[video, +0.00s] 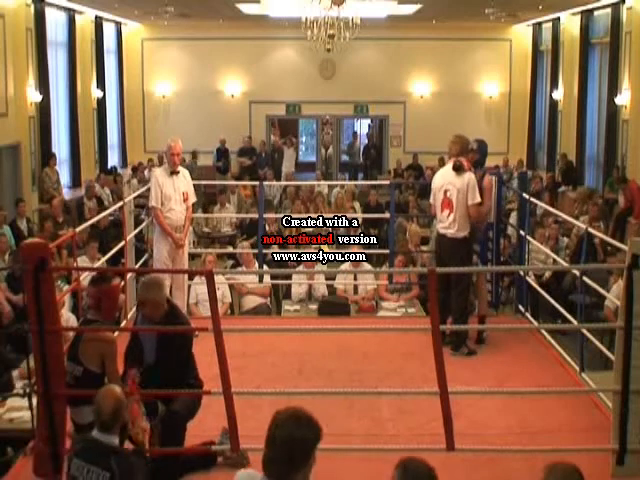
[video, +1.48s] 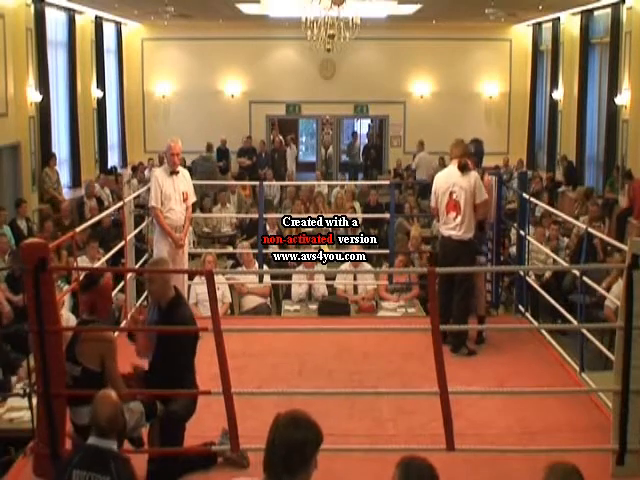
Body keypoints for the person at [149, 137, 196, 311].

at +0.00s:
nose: (175, 159)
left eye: (178, 155)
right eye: (172, 155)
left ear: (182, 156)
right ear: (166, 156)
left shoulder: (185, 174)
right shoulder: (157, 174)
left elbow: (189, 204)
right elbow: (155, 208)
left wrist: (185, 232)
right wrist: (172, 234)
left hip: (182, 228)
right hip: (164, 227)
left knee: (181, 271)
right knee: (163, 271)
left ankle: (181, 311)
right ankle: (162, 311)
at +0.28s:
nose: (176, 159)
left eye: (178, 155)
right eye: (172, 155)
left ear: (182, 155)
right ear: (166, 156)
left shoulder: (185, 174)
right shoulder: (158, 174)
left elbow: (189, 204)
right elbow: (155, 208)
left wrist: (184, 232)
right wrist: (171, 234)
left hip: (182, 226)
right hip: (164, 226)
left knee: (181, 269)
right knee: (163, 268)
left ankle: (181, 307)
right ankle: (162, 307)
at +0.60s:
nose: (176, 159)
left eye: (178, 155)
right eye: (172, 155)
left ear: (182, 155)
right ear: (165, 156)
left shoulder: (185, 173)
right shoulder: (158, 174)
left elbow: (189, 204)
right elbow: (155, 209)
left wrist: (184, 233)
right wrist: (172, 235)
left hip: (182, 227)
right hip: (164, 226)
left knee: (181, 268)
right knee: (163, 266)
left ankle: (181, 302)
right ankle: (163, 304)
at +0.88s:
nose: (176, 159)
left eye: (178, 155)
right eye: (172, 155)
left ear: (181, 155)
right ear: (165, 156)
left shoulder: (184, 173)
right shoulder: (158, 174)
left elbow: (189, 205)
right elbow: (154, 208)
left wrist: (184, 233)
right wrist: (172, 235)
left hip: (182, 226)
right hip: (164, 225)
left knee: (182, 267)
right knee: (163, 266)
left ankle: (181, 301)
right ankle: (162, 304)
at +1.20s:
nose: (176, 159)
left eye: (178, 155)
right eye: (172, 155)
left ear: (181, 155)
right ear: (166, 156)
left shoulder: (184, 174)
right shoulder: (158, 174)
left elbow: (189, 204)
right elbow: (154, 208)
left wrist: (184, 233)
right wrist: (171, 235)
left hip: (182, 226)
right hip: (164, 225)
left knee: (182, 267)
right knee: (163, 265)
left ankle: (181, 301)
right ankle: (162, 303)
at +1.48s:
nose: (175, 159)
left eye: (178, 155)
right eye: (172, 155)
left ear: (181, 155)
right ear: (166, 156)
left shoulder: (185, 174)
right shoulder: (158, 174)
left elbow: (189, 204)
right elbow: (154, 208)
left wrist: (184, 232)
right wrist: (171, 234)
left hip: (182, 226)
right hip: (164, 225)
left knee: (182, 267)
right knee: (163, 265)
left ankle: (181, 301)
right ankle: (163, 303)